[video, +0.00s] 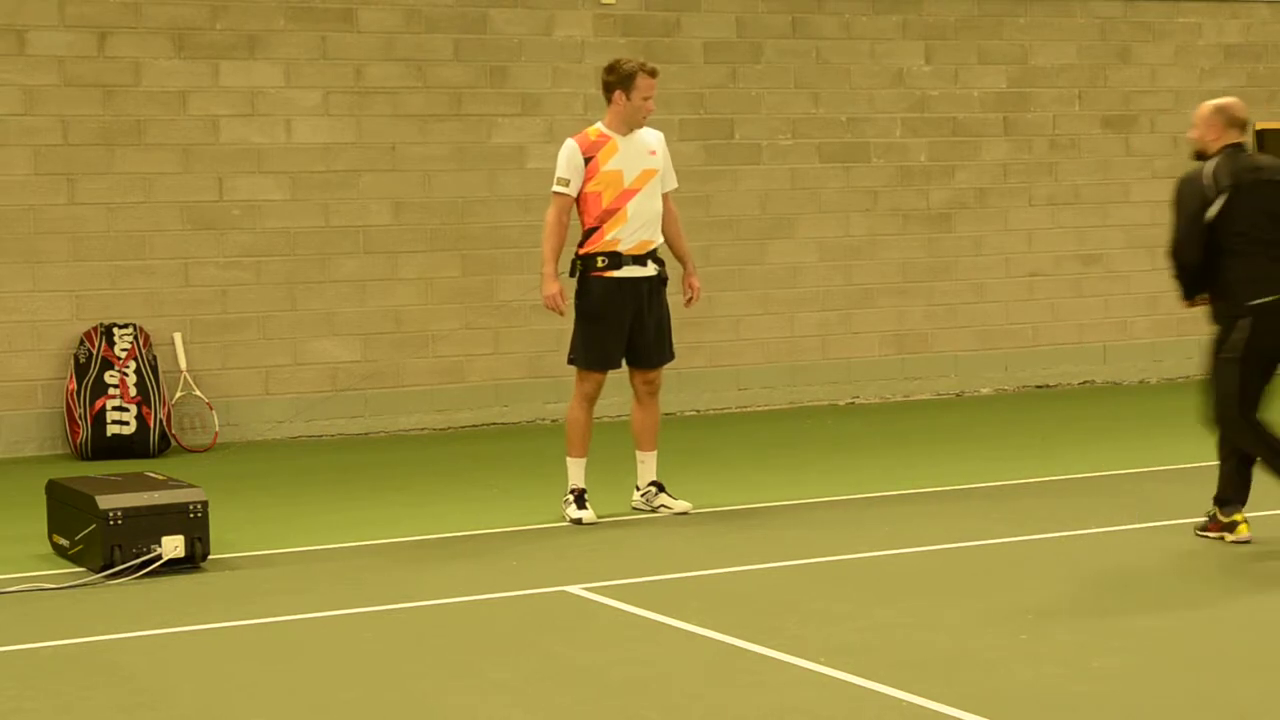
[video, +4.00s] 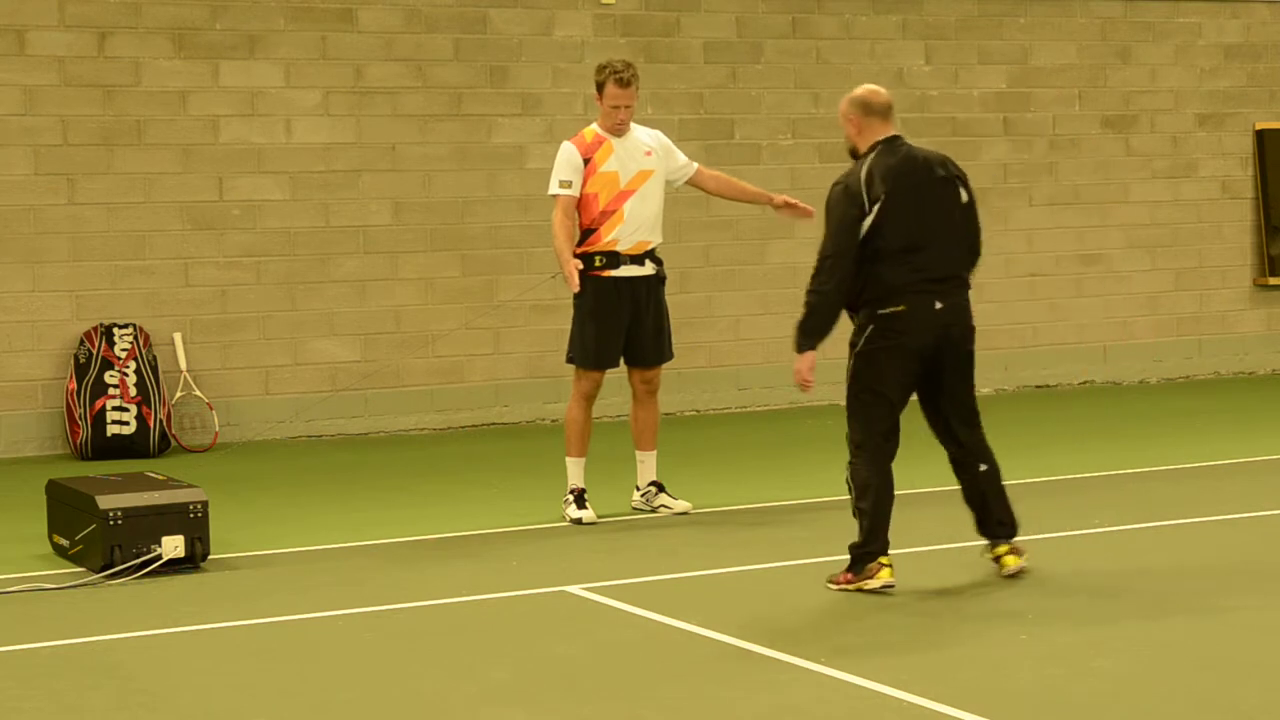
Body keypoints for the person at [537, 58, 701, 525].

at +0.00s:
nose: (652, 107)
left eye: (653, 99)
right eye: (646, 99)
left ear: (641, 99)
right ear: (618, 98)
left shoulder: (654, 142)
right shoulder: (579, 148)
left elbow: (666, 208)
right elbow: (558, 214)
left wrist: (687, 264)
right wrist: (549, 275)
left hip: (649, 281)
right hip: (601, 283)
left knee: (648, 384)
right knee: (588, 388)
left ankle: (647, 487)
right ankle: (576, 492)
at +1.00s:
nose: (638, 110)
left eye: (642, 102)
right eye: (630, 102)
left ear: (644, 100)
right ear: (606, 98)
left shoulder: (653, 142)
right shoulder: (576, 149)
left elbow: (665, 208)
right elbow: (556, 215)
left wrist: (684, 264)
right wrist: (548, 275)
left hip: (648, 280)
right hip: (599, 282)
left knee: (647, 383)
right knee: (586, 388)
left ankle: (647, 487)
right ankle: (576, 492)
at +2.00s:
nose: (649, 108)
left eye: (651, 100)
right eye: (643, 101)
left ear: (628, 100)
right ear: (616, 99)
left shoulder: (647, 141)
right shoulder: (580, 150)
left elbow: (657, 209)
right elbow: (571, 216)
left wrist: (676, 266)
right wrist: (589, 269)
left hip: (648, 279)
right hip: (602, 281)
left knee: (646, 384)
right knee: (587, 388)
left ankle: (647, 487)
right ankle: (576, 492)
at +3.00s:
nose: (644, 108)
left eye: (646, 100)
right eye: (637, 100)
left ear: (642, 99)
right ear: (609, 99)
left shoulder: (654, 142)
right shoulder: (576, 149)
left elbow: (711, 173)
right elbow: (564, 215)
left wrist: (776, 191)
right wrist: (569, 266)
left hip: (647, 281)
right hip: (598, 282)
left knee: (647, 383)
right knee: (586, 387)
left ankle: (647, 488)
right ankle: (576, 493)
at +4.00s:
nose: (623, 115)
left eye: (629, 107)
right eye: (615, 106)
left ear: (637, 102)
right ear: (597, 100)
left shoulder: (654, 143)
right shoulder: (577, 149)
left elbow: (707, 178)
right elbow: (563, 214)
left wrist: (769, 198)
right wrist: (567, 263)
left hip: (646, 280)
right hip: (598, 281)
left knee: (647, 383)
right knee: (586, 386)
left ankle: (647, 488)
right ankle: (575, 493)